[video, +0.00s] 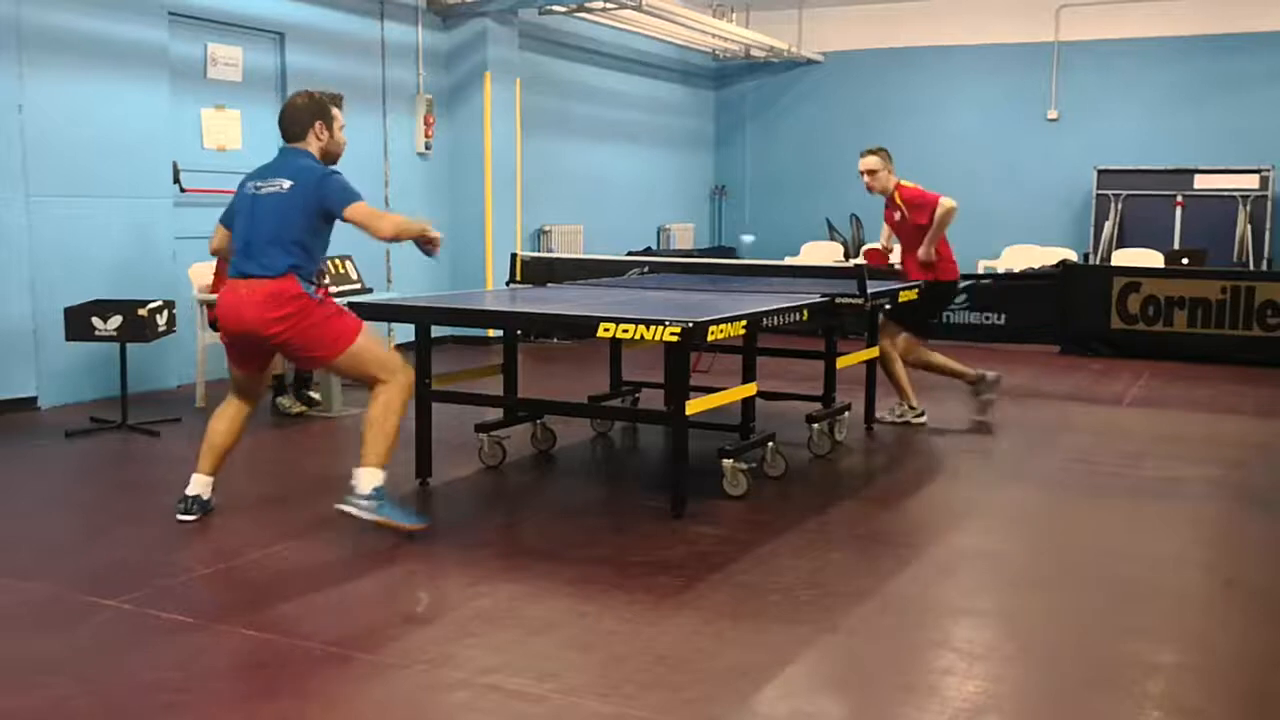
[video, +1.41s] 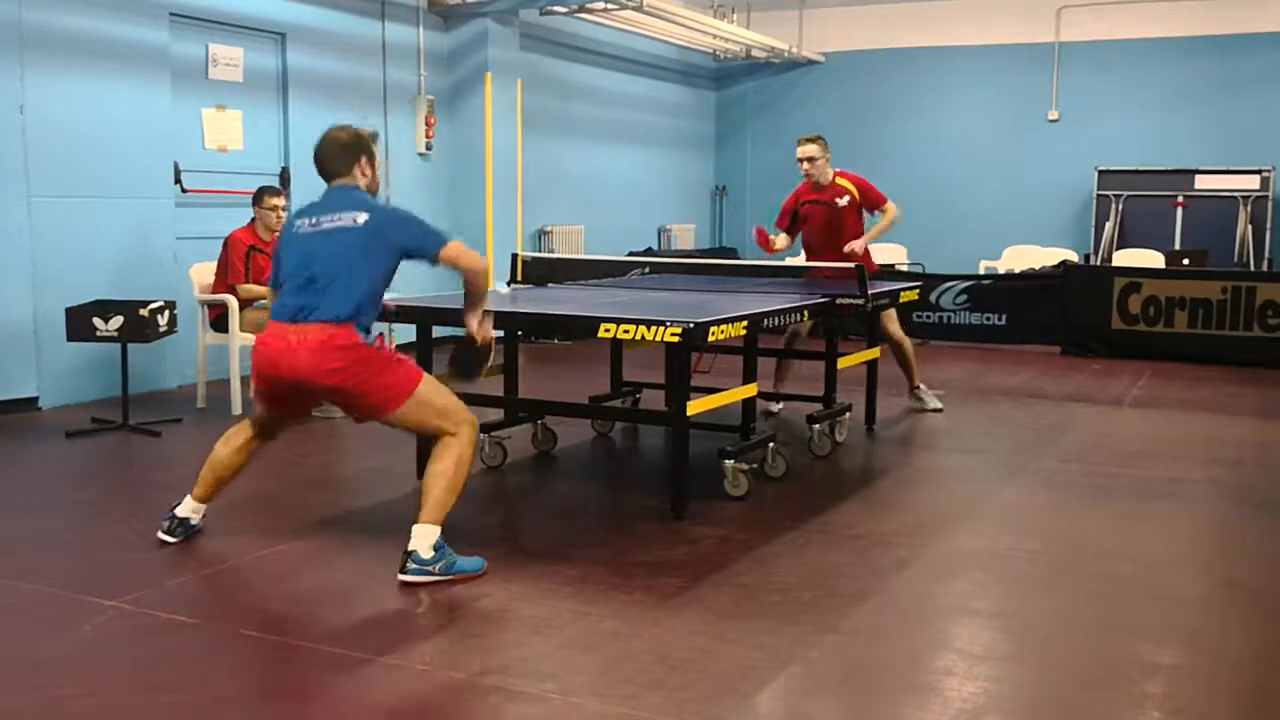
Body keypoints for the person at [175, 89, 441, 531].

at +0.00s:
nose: (344, 138)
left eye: (343, 129)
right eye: (340, 129)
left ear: (293, 133)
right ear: (318, 131)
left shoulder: (254, 178)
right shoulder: (321, 178)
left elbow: (219, 244)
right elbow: (384, 228)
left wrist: (273, 255)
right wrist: (423, 231)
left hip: (233, 303)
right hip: (285, 302)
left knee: (242, 393)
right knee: (395, 374)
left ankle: (196, 492)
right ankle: (367, 489)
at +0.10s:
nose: (361, 147)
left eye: (359, 138)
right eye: (356, 138)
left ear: (319, 141)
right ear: (333, 141)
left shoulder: (271, 187)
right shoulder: (344, 184)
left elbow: (229, 247)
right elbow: (419, 221)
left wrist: (278, 263)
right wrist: (469, 236)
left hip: (252, 308)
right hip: (307, 305)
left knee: (246, 392)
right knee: (416, 374)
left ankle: (197, 491)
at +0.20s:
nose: (390, 155)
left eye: (388, 146)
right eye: (386, 147)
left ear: (342, 153)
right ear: (367, 150)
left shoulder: (301, 194)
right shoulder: (384, 191)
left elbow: (254, 250)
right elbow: (457, 221)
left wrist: (298, 262)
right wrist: (513, 238)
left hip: (287, 308)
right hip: (344, 308)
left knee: (257, 396)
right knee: (439, 386)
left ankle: (199, 489)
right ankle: (505, 474)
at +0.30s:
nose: (430, 168)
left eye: (427, 160)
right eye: (426, 161)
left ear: (383, 165)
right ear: (410, 164)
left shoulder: (348, 205)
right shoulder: (433, 204)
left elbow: (292, 256)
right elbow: (507, 223)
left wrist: (327, 260)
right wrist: (557, 234)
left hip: (334, 313)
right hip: (394, 316)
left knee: (280, 403)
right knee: (481, 387)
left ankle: (205, 492)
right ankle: (527, 479)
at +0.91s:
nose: (427, 103)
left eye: (426, 95)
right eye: (425, 95)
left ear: (375, 101)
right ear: (410, 98)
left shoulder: (340, 147)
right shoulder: (409, 149)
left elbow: (306, 210)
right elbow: (453, 220)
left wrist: (361, 209)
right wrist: (496, 223)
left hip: (317, 275)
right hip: (370, 275)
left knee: (305, 387)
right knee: (459, 372)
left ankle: (262, 494)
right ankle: (459, 498)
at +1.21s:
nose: (404, 176)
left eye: (403, 167)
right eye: (402, 168)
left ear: (349, 174)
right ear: (388, 173)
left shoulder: (315, 218)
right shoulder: (385, 226)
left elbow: (286, 287)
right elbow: (439, 302)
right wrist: (476, 308)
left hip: (268, 348)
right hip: (325, 351)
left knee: (267, 431)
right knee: (444, 428)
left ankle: (186, 514)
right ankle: (423, 550)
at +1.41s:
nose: (377, 172)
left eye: (374, 164)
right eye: (375, 164)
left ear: (324, 173)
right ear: (364, 167)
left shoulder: (296, 221)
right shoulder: (384, 217)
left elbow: (276, 293)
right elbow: (475, 265)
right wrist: (474, 313)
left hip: (273, 353)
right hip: (340, 354)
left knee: (260, 424)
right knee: (460, 427)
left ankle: (186, 513)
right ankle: (425, 549)